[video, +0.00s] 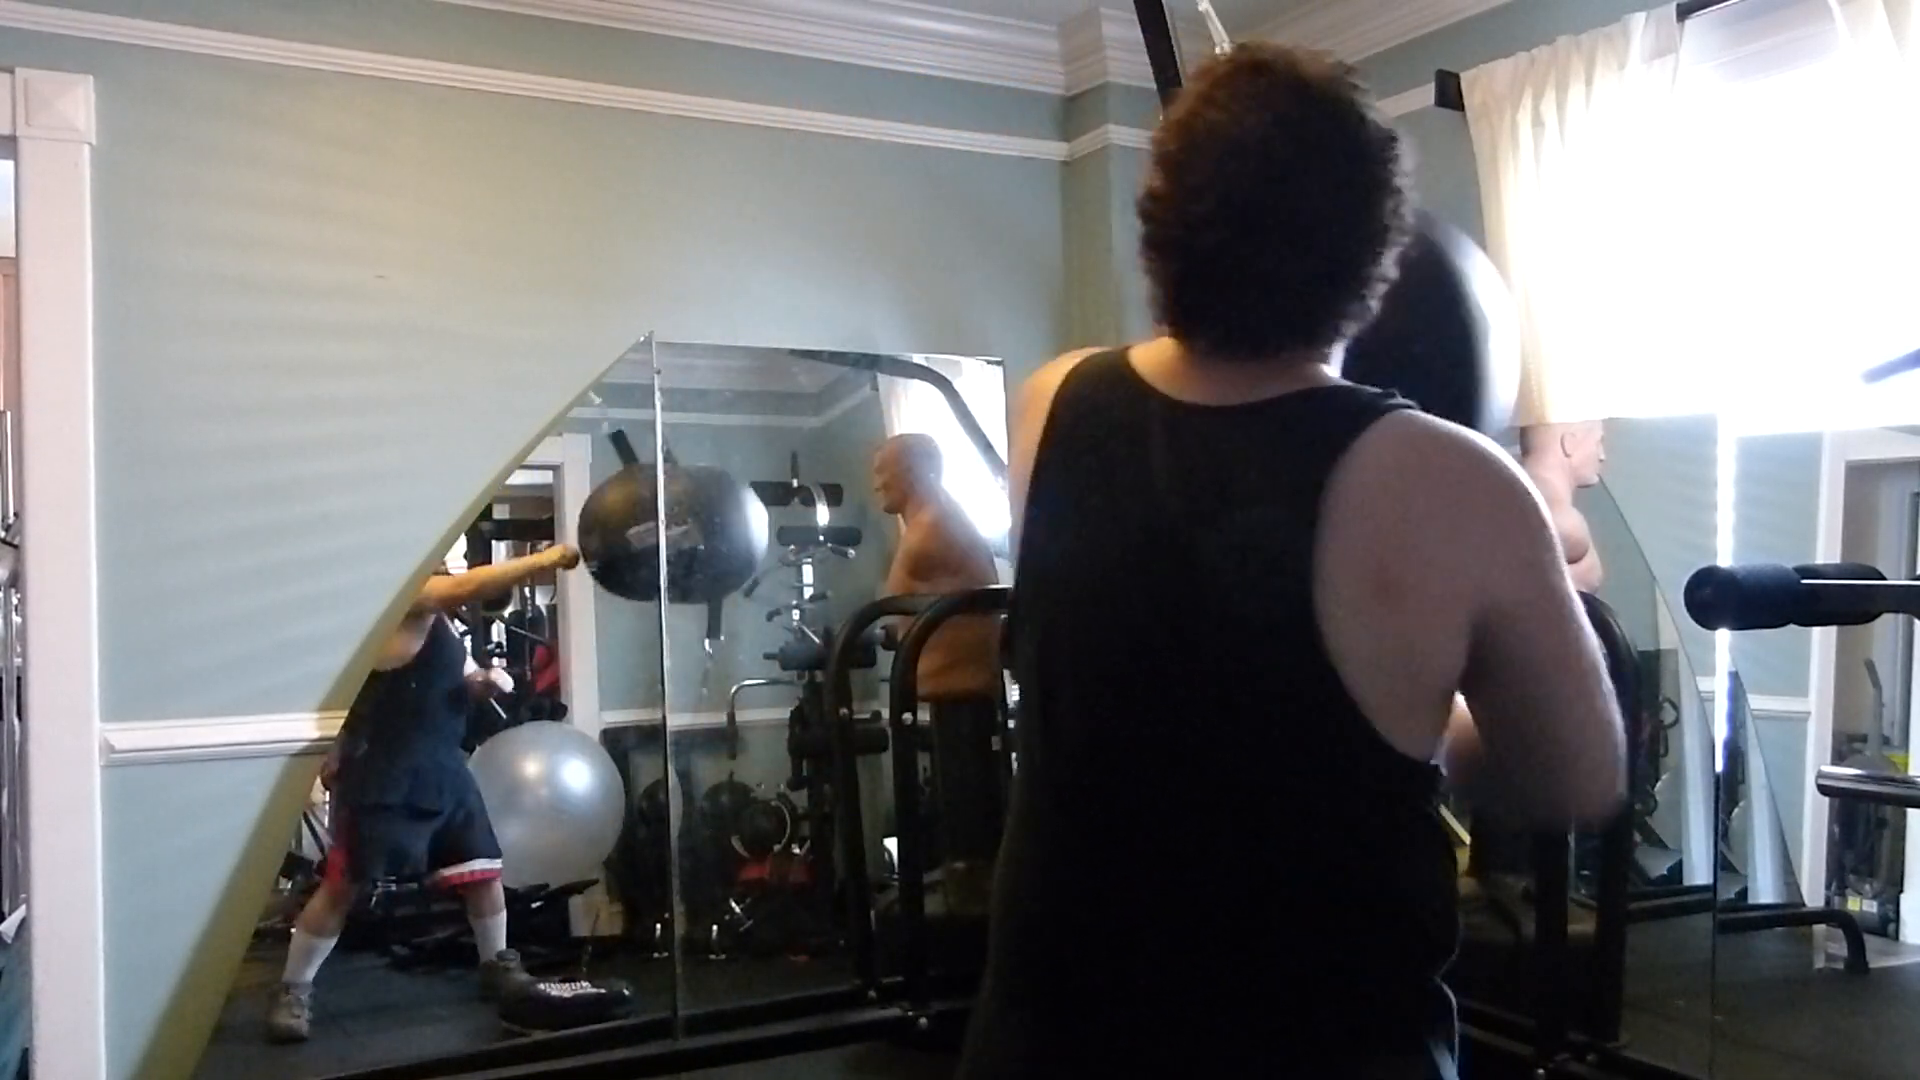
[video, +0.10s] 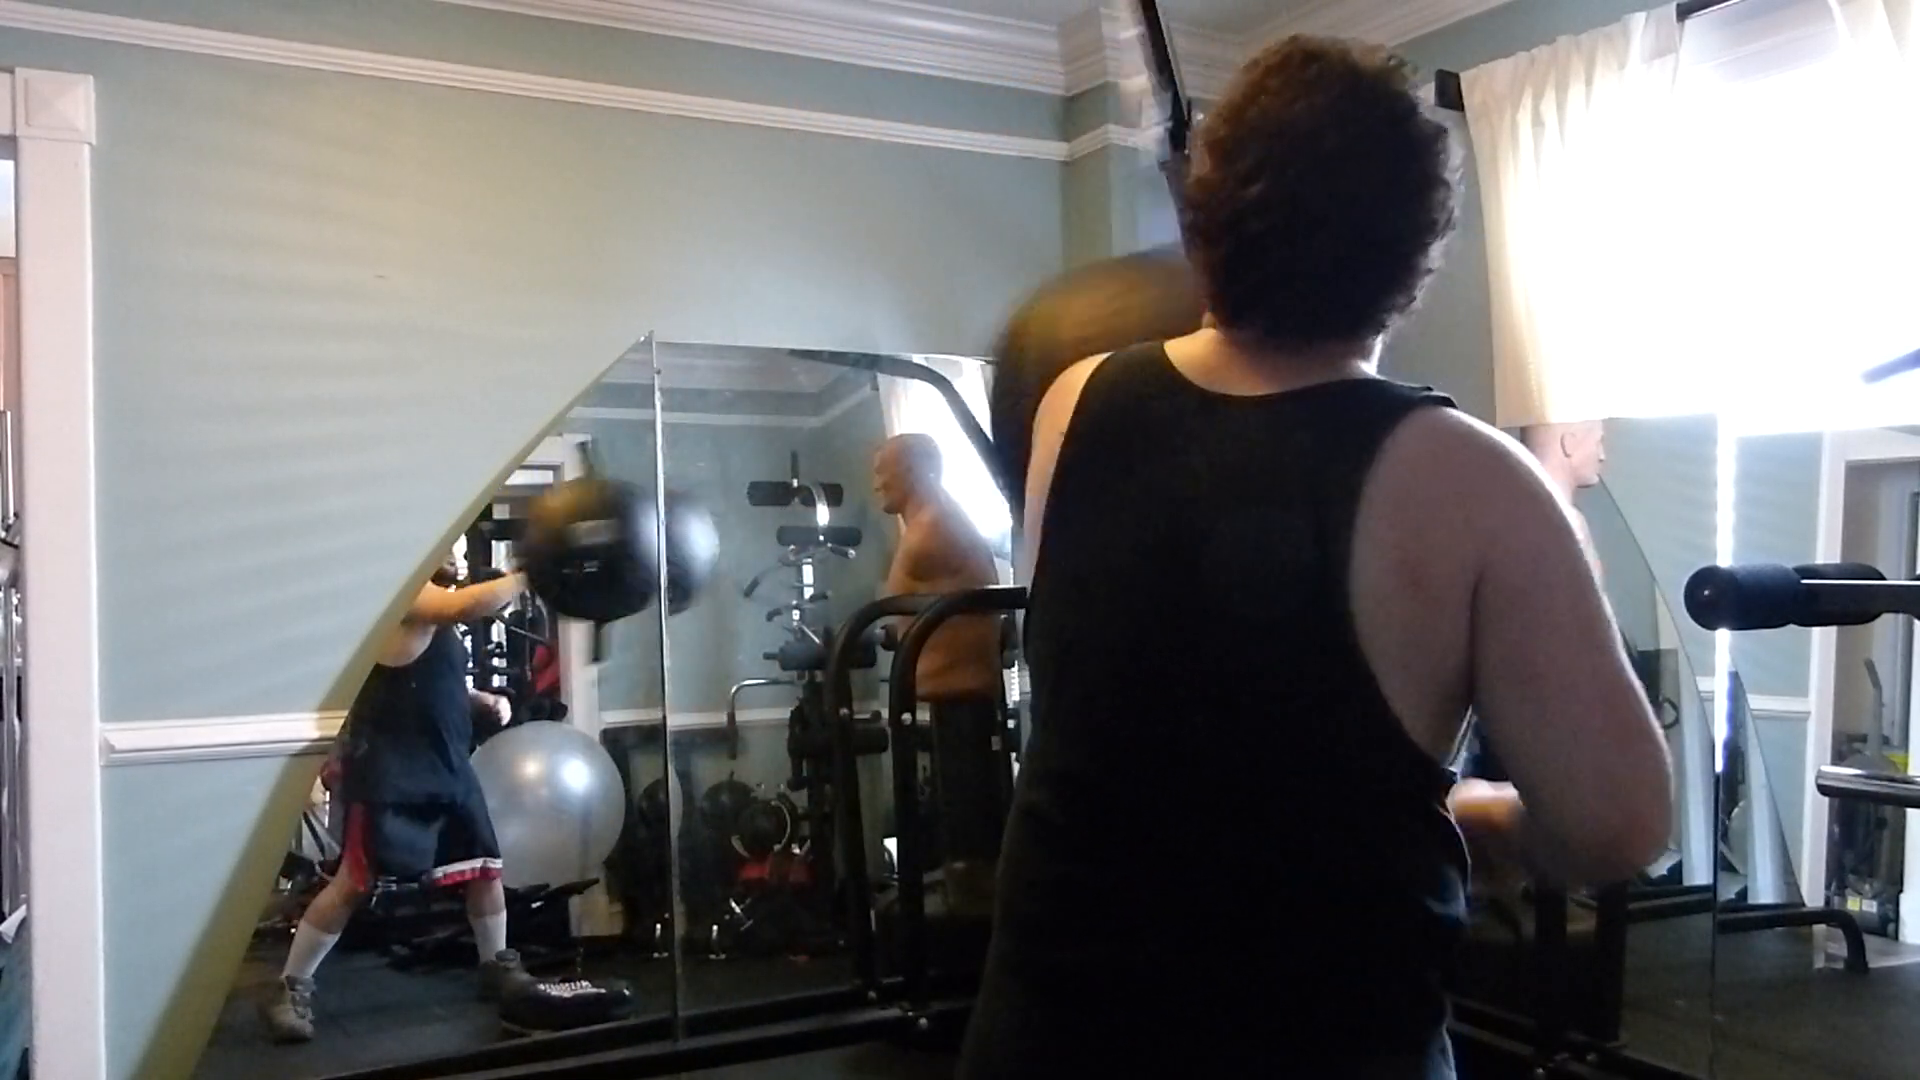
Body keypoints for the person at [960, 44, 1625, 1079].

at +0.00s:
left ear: (1154, 225)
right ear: (1376, 263)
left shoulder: (1050, 410)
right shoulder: (1461, 489)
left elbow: (1098, 668)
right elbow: (1581, 780)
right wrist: (1392, 725)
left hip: (1066, 1012)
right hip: (1344, 1027)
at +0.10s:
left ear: (1201, 219)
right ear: (1415, 253)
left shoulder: (1074, 413)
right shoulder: (1470, 481)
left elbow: (1102, 694)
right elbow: (1620, 828)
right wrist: (1432, 811)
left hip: (1066, 1009)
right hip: (1344, 1031)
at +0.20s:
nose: (1175, 203)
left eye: (1186, 184)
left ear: (1201, 215)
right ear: (1414, 251)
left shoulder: (1056, 422)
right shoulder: (1491, 485)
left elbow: (1002, 610)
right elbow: (1603, 820)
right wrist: (1417, 800)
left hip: (1058, 1019)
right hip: (1344, 1037)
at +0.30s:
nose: (1118, 229)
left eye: (1126, 207)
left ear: (1143, 228)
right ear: (1353, 254)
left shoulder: (996, 445)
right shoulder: (1455, 498)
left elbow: (943, 677)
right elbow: (1536, 818)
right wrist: (1357, 717)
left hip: (1037, 1044)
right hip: (1331, 1050)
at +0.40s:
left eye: (1017, 209)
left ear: (1029, 240)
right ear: (1248, 244)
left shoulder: (924, 462)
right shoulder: (1373, 473)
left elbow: (869, 681)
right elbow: (1413, 742)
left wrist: (1057, 389)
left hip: (1010, 1035)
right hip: (1292, 1037)